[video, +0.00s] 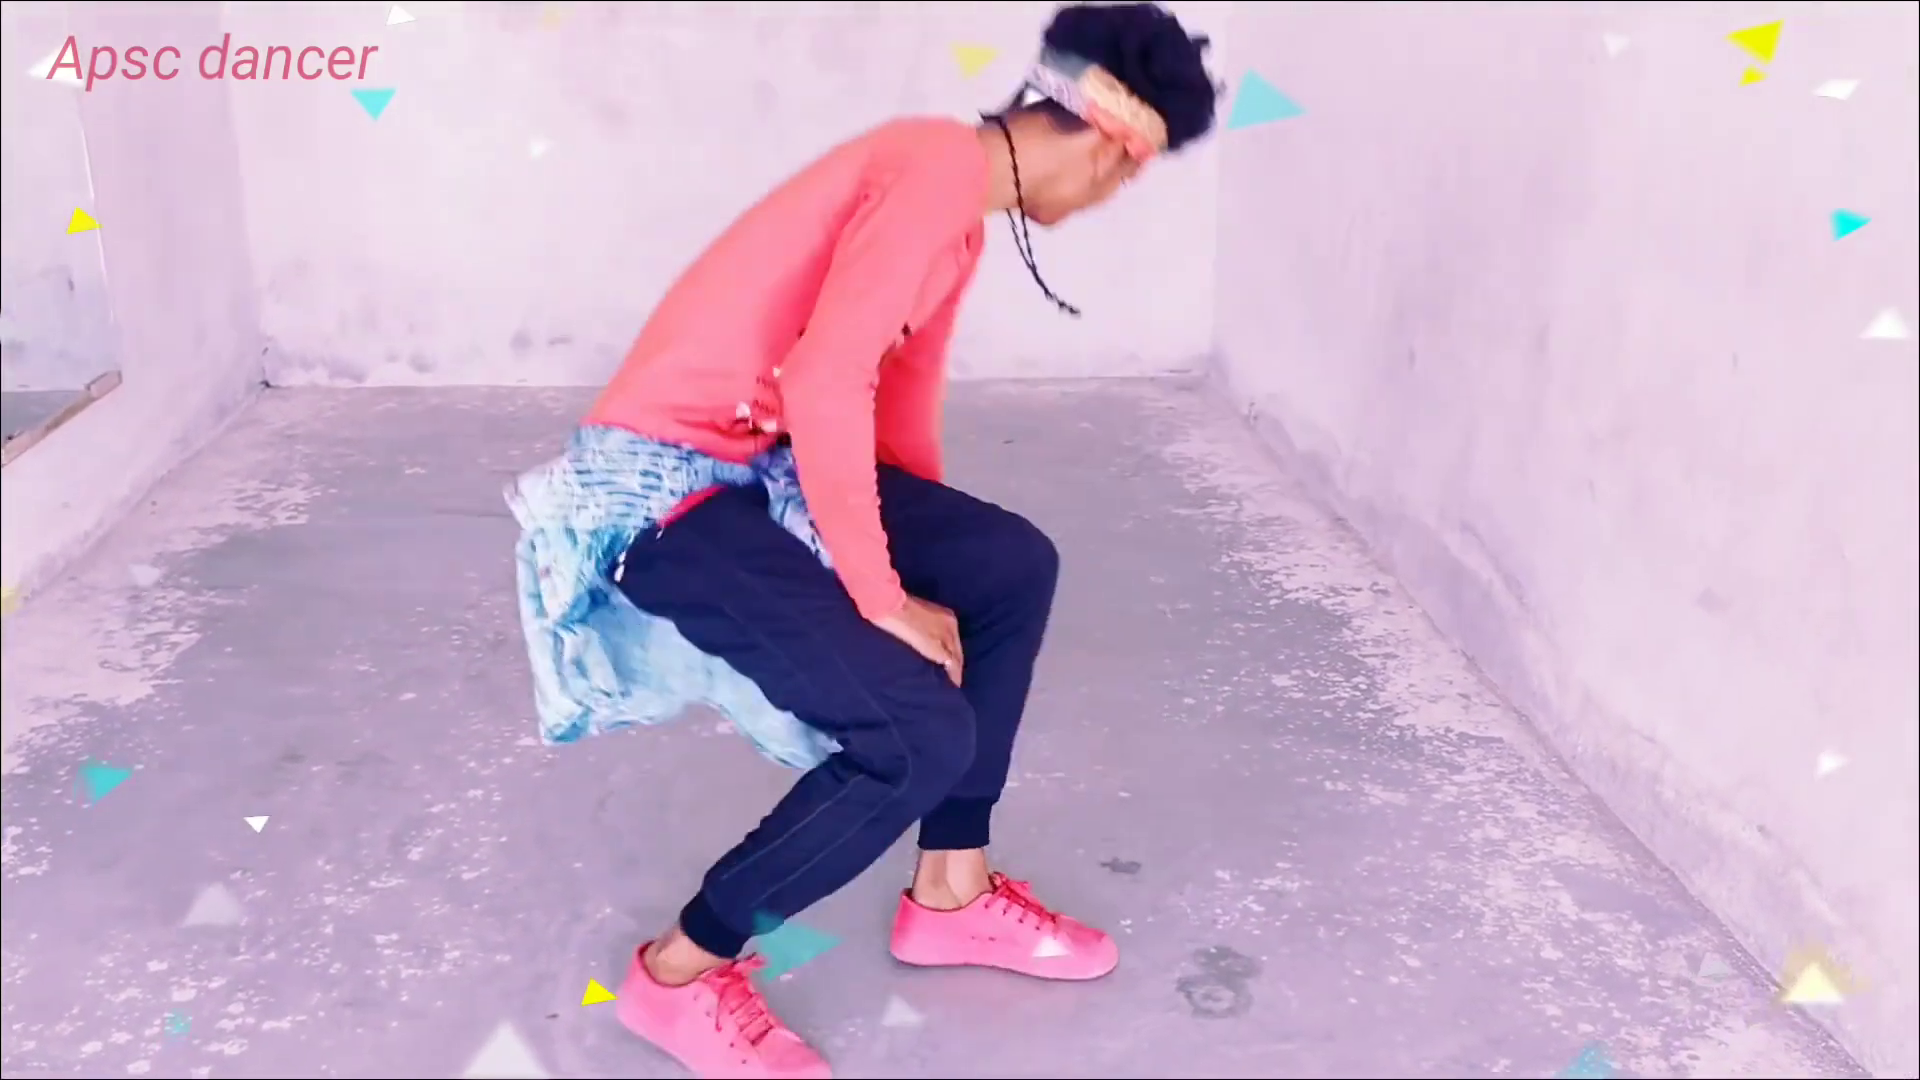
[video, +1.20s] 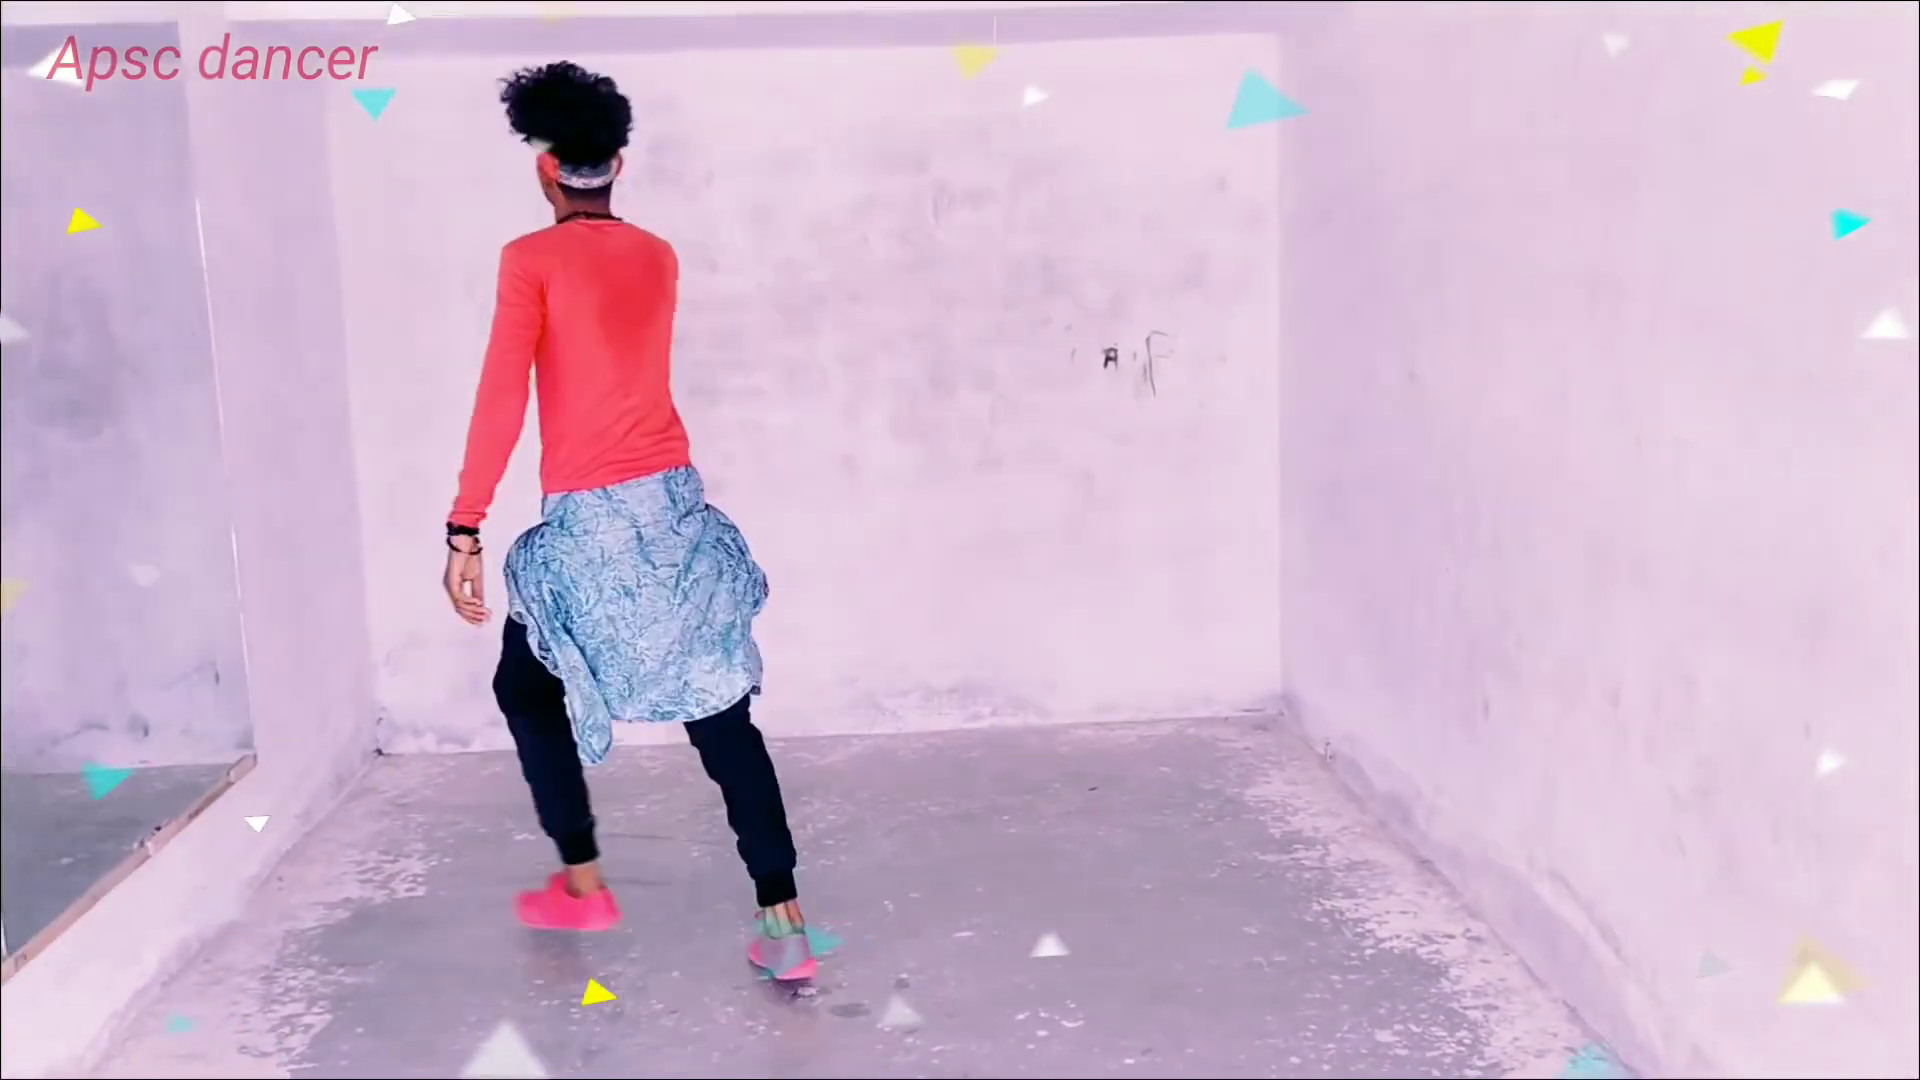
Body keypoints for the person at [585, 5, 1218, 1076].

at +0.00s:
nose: (1112, 197)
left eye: (1129, 176)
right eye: (1130, 171)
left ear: (1061, 105)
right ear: (1110, 134)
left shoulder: (959, 211)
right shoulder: (940, 171)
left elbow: (909, 408)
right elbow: (825, 377)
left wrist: (929, 580)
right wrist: (882, 602)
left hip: (758, 470)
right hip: (662, 493)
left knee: (1010, 561)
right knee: (923, 732)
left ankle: (951, 890)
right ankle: (681, 964)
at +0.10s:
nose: (1050, 72)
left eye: (1066, 45)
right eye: (1067, 40)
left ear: (963, 3)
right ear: (1041, 16)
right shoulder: (933, 88)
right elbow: (873, 341)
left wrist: (836, 502)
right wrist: (879, 578)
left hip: (711, 412)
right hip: (649, 434)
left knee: (919, 558)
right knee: (872, 726)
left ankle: (930, 889)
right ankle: (655, 1014)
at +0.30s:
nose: (914, 40)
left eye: (909, 27)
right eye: (920, 26)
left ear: (807, 15)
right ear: (912, 22)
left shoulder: (713, 89)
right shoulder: (896, 111)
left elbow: (625, 266)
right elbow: (881, 347)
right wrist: (866, 571)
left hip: (572, 427)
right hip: (688, 447)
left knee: (744, 637)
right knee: (823, 791)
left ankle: (679, 899)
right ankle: (685, 1065)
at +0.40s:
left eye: (759, 42)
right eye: (847, 60)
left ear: (746, 54)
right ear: (859, 69)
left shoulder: (659, 171)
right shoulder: (862, 188)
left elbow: (541, 355)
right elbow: (860, 400)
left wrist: (487, 517)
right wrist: (851, 613)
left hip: (562, 514)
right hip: (695, 523)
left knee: (633, 762)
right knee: (787, 854)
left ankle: (641, 1001)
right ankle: (705, 1072)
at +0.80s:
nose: (650, 162)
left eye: (632, 145)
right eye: (681, 147)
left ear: (615, 154)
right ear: (710, 156)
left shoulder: (558, 268)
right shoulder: (748, 274)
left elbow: (524, 431)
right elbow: (785, 437)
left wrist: (519, 580)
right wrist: (815, 589)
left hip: (583, 571)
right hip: (699, 565)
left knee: (631, 831)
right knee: (714, 774)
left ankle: (674, 1061)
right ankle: (732, 971)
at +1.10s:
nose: (575, 160)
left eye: (576, 149)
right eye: (583, 149)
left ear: (585, 159)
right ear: (663, 163)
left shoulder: (553, 258)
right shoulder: (700, 269)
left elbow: (524, 407)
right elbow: (705, 420)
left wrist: (500, 537)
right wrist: (684, 519)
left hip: (592, 532)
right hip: (686, 526)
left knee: (557, 725)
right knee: (727, 721)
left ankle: (680, 899)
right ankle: (779, 934)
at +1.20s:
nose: (535, 164)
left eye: (536, 152)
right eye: (546, 150)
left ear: (544, 164)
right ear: (618, 160)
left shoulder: (532, 261)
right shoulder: (658, 256)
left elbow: (503, 399)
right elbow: (636, 373)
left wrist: (465, 527)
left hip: (588, 529)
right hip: (678, 515)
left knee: (527, 688)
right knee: (725, 721)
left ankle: (583, 882)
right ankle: (785, 920)